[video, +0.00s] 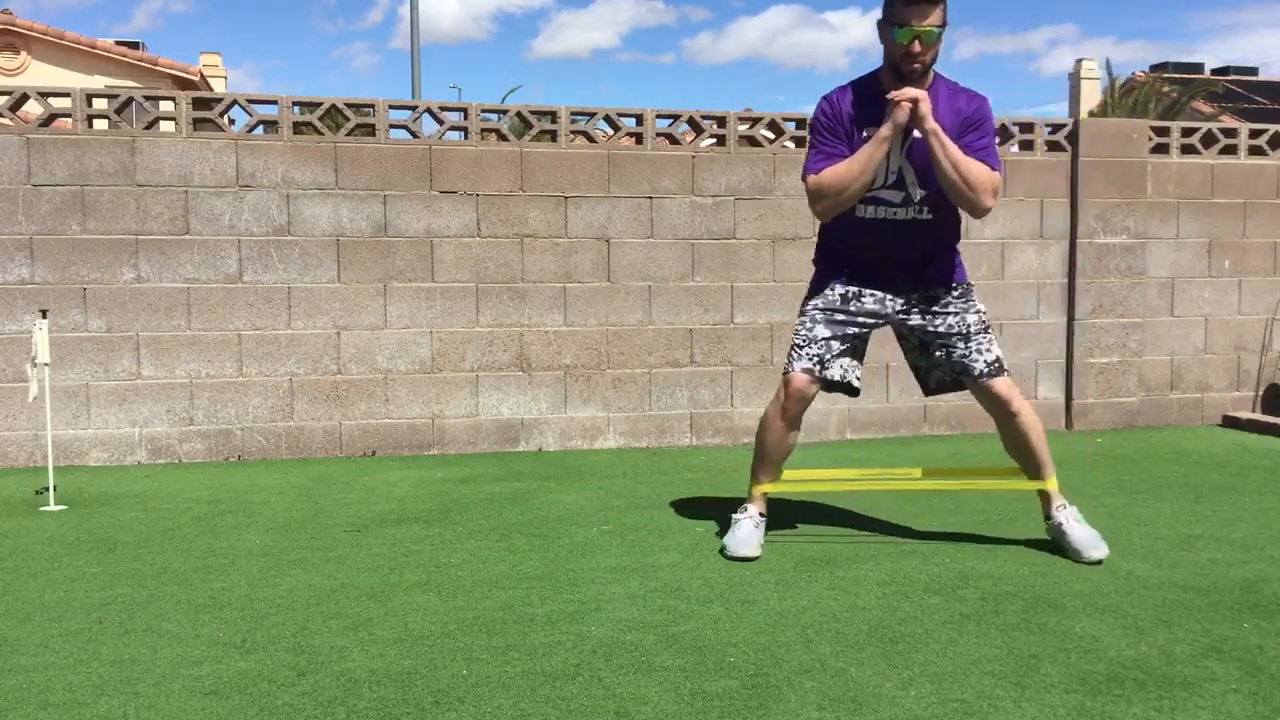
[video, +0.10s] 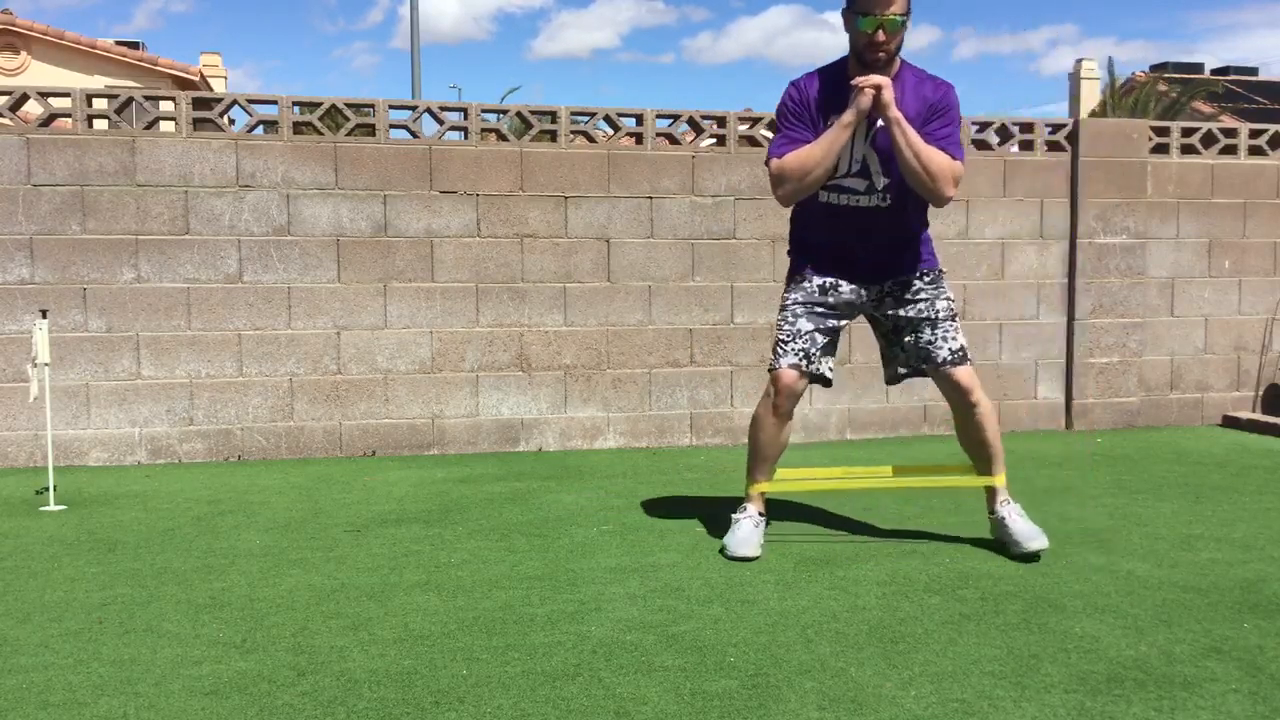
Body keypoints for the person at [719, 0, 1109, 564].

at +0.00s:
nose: (916, 47)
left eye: (929, 36)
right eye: (904, 33)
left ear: (943, 36)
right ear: (882, 30)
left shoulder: (967, 107)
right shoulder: (840, 107)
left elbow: (981, 200)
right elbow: (823, 203)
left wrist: (930, 129)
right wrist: (889, 132)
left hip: (935, 278)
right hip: (847, 276)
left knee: (999, 390)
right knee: (796, 387)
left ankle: (1057, 508)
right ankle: (753, 509)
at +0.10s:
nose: (881, 33)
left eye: (893, 22)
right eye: (869, 20)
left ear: (907, 24)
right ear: (847, 19)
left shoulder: (934, 95)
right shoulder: (807, 93)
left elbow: (943, 188)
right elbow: (786, 186)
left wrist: (892, 115)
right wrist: (851, 118)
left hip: (906, 267)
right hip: (822, 267)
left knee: (961, 380)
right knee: (784, 382)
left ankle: (1002, 505)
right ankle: (752, 509)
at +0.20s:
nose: (857, 30)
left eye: (869, 17)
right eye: (843, 17)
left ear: (885, 17)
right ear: (824, 17)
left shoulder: (914, 85)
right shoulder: (787, 87)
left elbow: (923, 180)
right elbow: (768, 180)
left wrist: (871, 106)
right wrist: (832, 108)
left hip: (888, 259)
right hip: (805, 261)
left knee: (927, 378)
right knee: (775, 380)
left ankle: (937, 502)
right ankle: (751, 508)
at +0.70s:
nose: (829, 35)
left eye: (842, 23)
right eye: (817, 22)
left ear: (860, 21)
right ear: (799, 20)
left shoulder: (886, 88)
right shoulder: (761, 84)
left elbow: (894, 181)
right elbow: (748, 182)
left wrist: (844, 107)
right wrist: (808, 112)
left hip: (843, 263)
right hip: (760, 258)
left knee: (872, 383)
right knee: (704, 369)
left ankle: (883, 509)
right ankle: (652, 496)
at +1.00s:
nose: (723, 60)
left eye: (737, 48)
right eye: (712, 46)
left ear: (754, 42)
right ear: (693, 39)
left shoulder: (781, 114)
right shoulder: (657, 109)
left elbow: (789, 202)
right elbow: (641, 204)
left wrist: (736, 132)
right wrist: (703, 132)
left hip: (752, 290)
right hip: (664, 285)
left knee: (811, 398)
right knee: (593, 390)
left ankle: (876, 508)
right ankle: (542, 506)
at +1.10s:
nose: (674, 56)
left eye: (687, 45)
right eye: (662, 43)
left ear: (705, 39)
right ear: (645, 36)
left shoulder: (731, 109)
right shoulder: (608, 103)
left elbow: (736, 199)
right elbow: (587, 197)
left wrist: (684, 129)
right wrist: (648, 128)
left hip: (708, 278)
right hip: (622, 276)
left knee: (769, 379)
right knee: (563, 388)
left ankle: (851, 497)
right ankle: (537, 505)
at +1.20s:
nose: (637, 51)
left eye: (651, 39)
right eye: (626, 38)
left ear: (668, 36)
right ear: (609, 32)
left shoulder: (697, 105)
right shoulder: (574, 100)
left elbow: (700, 197)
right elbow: (552, 194)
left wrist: (647, 124)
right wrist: (612, 125)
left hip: (680, 273)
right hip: (596, 274)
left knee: (735, 380)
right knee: (549, 388)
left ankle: (793, 489)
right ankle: (533, 505)